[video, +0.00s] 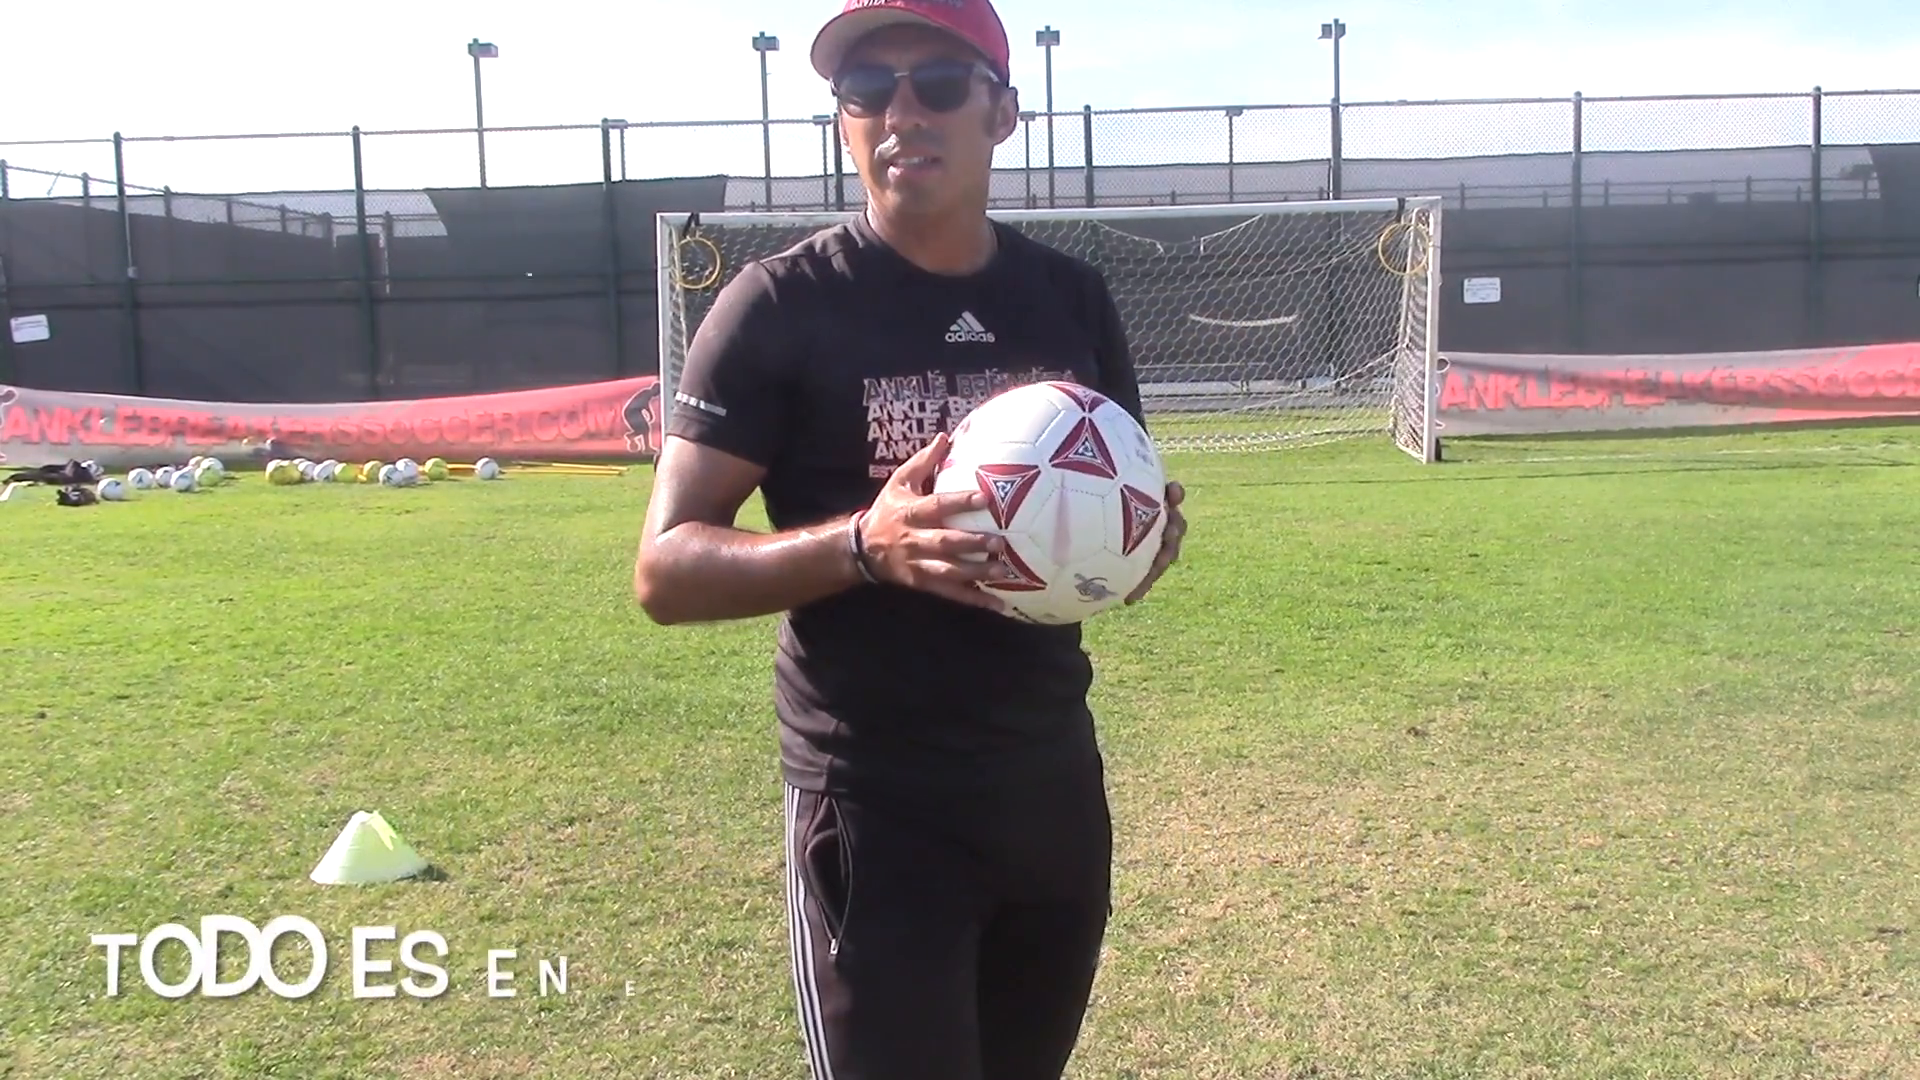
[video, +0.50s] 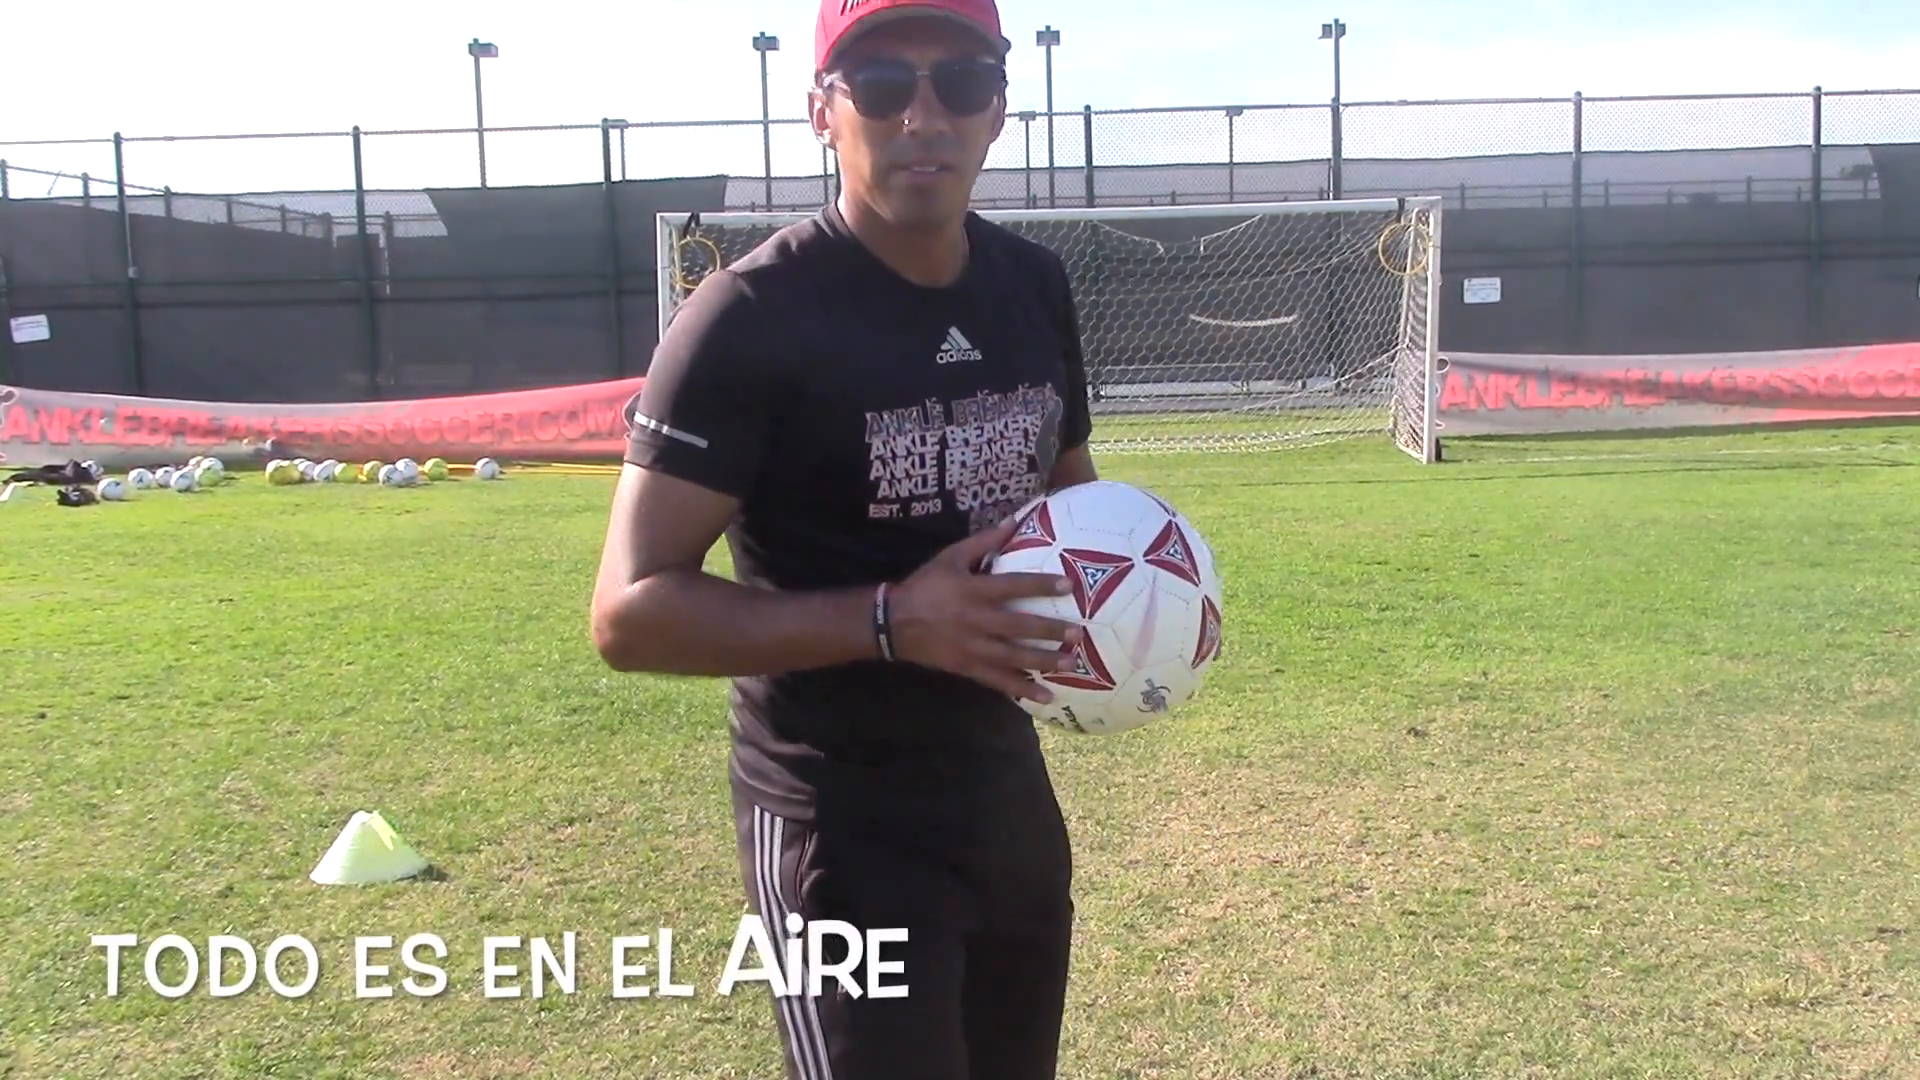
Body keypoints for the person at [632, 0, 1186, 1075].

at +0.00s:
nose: (904, 116)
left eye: (940, 86)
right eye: (871, 92)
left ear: (1001, 117)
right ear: (841, 124)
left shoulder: (1070, 295)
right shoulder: (771, 309)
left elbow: (1120, 501)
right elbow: (667, 572)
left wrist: (1146, 525)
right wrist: (858, 547)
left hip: (1050, 775)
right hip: (870, 789)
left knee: (1024, 1062)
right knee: (894, 1061)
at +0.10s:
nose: (901, 115)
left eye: (939, 85)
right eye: (870, 91)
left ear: (1004, 116)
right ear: (842, 124)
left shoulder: (1071, 299)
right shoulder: (769, 308)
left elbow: (1113, 512)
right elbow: (661, 569)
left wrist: (1143, 553)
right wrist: (851, 547)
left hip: (1043, 773)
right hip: (865, 788)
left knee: (1024, 1061)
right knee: (898, 1061)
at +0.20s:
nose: (896, 114)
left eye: (935, 82)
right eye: (864, 88)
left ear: (1000, 114)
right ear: (837, 124)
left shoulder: (1066, 295)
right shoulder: (762, 308)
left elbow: (1115, 505)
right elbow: (656, 573)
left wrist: (1136, 578)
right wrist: (849, 554)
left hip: (1037, 777)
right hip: (859, 795)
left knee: (1021, 1060)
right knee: (910, 1061)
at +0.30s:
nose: (892, 110)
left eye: (932, 78)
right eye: (858, 84)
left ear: (996, 114)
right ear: (828, 120)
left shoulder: (1060, 299)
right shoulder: (754, 310)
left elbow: (1103, 510)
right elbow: (645, 581)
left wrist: (1134, 594)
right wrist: (849, 571)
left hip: (1032, 781)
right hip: (854, 799)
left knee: (1020, 1061)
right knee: (904, 1062)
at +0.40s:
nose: (901, 108)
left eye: (939, 78)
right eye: (864, 79)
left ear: (993, 113)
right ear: (823, 114)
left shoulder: (1048, 297)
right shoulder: (747, 313)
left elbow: (1086, 512)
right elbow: (633, 595)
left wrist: (1136, 596)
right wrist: (861, 599)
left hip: (1020, 776)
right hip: (847, 798)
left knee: (1019, 1061)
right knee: (900, 1063)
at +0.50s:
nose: (927, 119)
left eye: (963, 85)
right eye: (884, 86)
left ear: (998, 111)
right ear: (824, 112)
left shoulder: (1030, 286)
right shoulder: (745, 318)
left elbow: (1069, 499)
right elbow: (628, 611)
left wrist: (1154, 601)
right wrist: (884, 619)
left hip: (1001, 771)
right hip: (835, 803)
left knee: (1019, 1063)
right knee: (888, 1063)